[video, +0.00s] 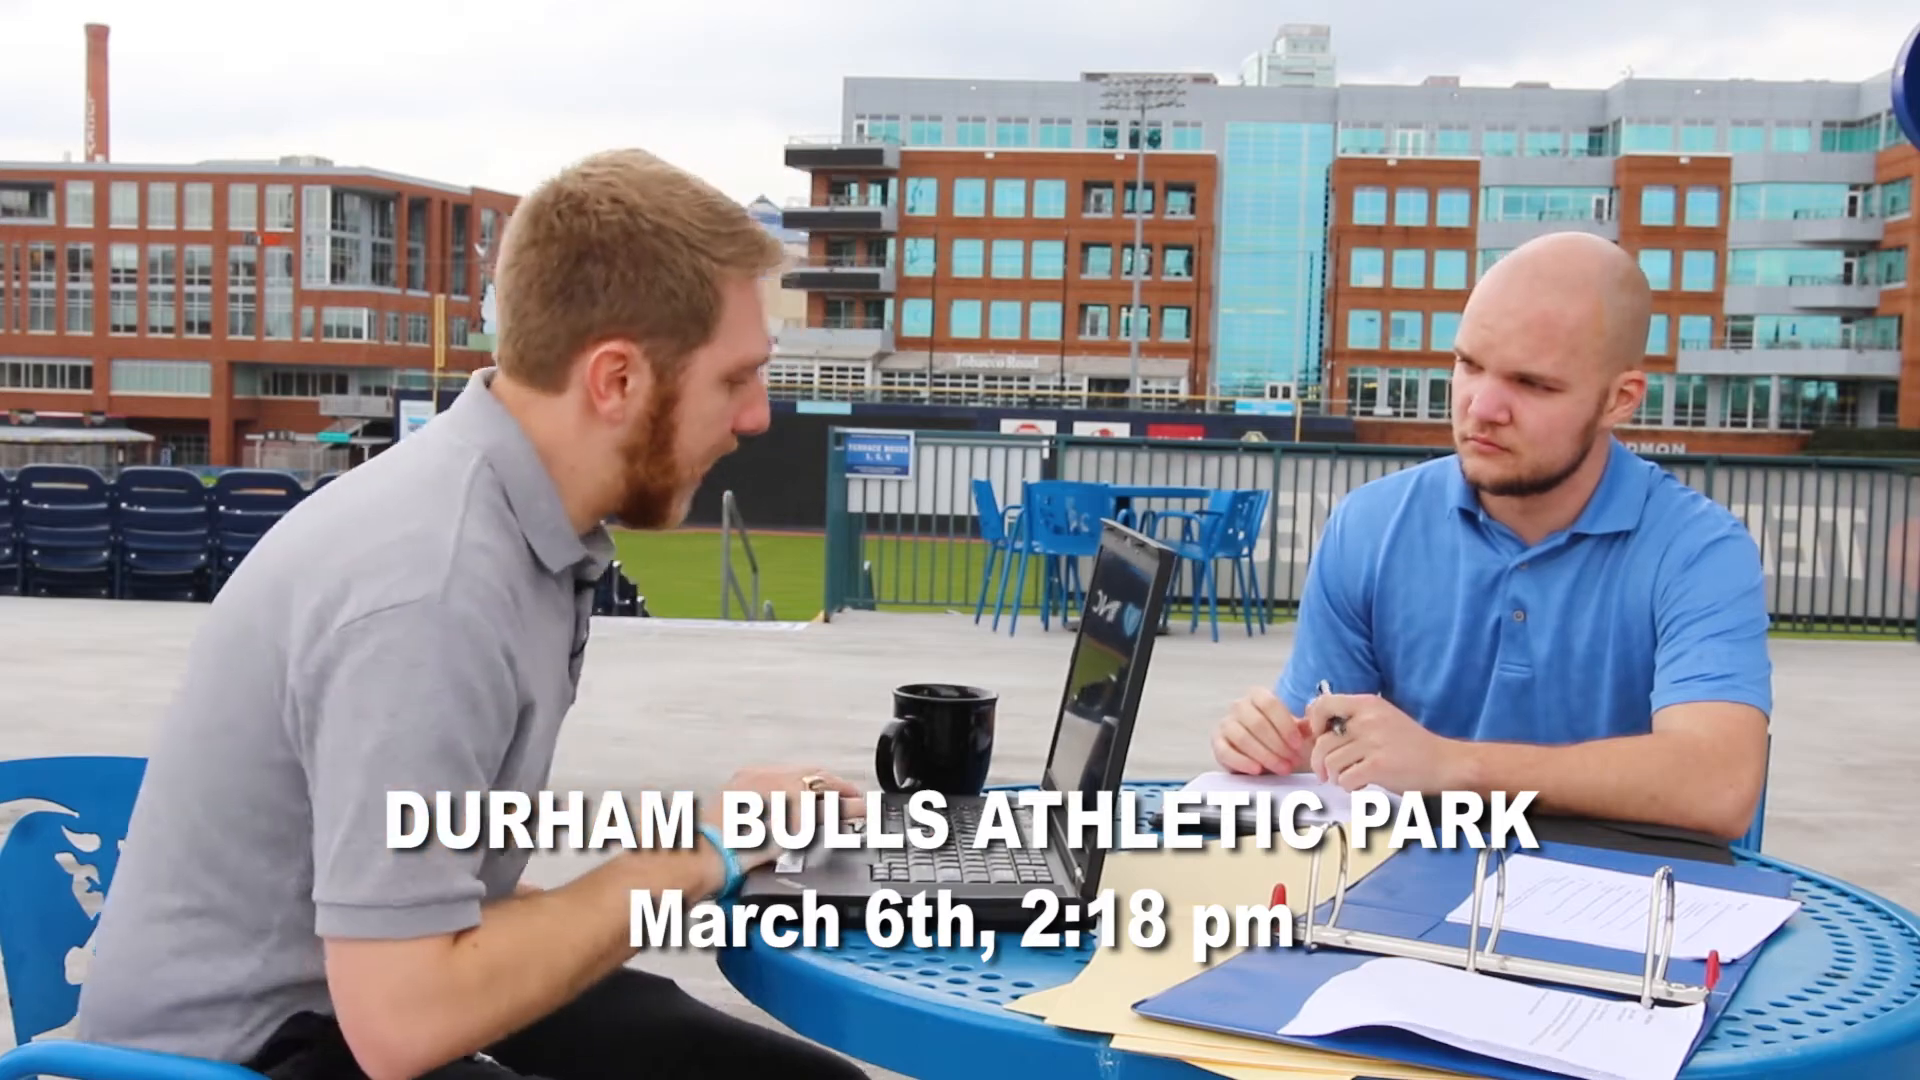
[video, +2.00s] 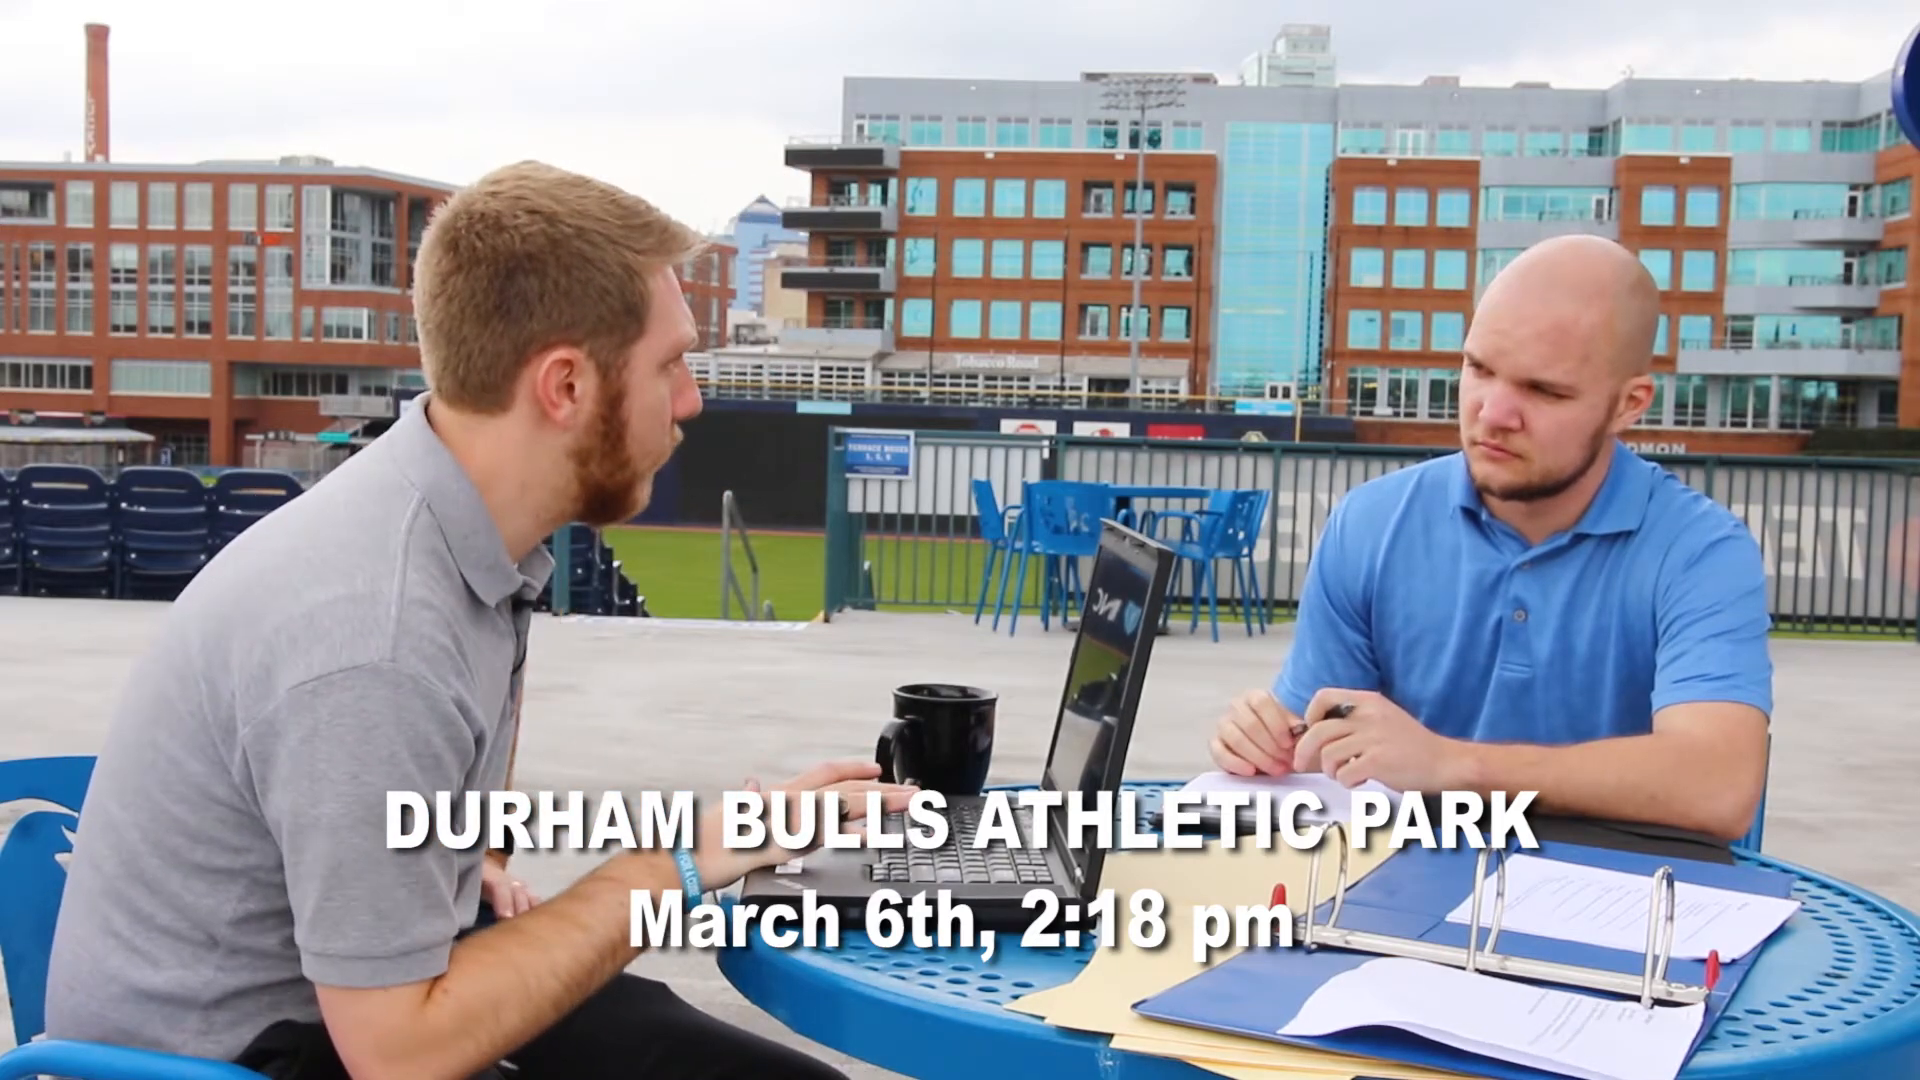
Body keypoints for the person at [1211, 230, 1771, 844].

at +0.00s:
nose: (1482, 406)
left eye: (1530, 383)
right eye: (1470, 364)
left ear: (1620, 400)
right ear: (1454, 354)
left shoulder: (1696, 549)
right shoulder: (1370, 525)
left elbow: (1713, 783)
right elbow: (1314, 728)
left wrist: (1449, 763)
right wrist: (1269, 735)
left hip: (1625, 914)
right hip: (1399, 891)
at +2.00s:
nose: (1494, 413)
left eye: (1543, 390)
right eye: (1481, 370)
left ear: (1626, 407)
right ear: (1463, 356)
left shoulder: (1697, 550)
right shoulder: (1369, 524)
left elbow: (1713, 785)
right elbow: (1304, 723)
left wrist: (1447, 763)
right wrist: (1264, 734)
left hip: (1622, 915)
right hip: (1394, 890)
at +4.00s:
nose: (1499, 411)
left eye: (1549, 388)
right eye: (1487, 367)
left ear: (1631, 406)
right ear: (1467, 353)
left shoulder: (1698, 551)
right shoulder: (1371, 523)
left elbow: (1714, 785)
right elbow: (1303, 717)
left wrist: (1450, 762)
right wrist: (1262, 730)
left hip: (1622, 913)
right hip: (1395, 888)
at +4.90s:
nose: (1433, 453)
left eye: (1473, 419)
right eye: (1409, 416)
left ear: (1559, 391)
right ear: (1389, 387)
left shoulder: (1666, 538)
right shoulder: (1346, 537)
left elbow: (1707, 783)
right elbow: (1306, 751)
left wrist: (1488, 767)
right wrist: (1261, 750)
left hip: (1619, 910)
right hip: (1402, 893)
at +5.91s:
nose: (1430, 456)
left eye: (1470, 424)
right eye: (1403, 420)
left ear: (1555, 395)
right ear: (1381, 390)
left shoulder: (1659, 535)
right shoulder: (1340, 537)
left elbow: (1704, 778)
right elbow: (1308, 752)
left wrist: (1477, 770)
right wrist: (1262, 751)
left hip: (1612, 900)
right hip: (1398, 885)